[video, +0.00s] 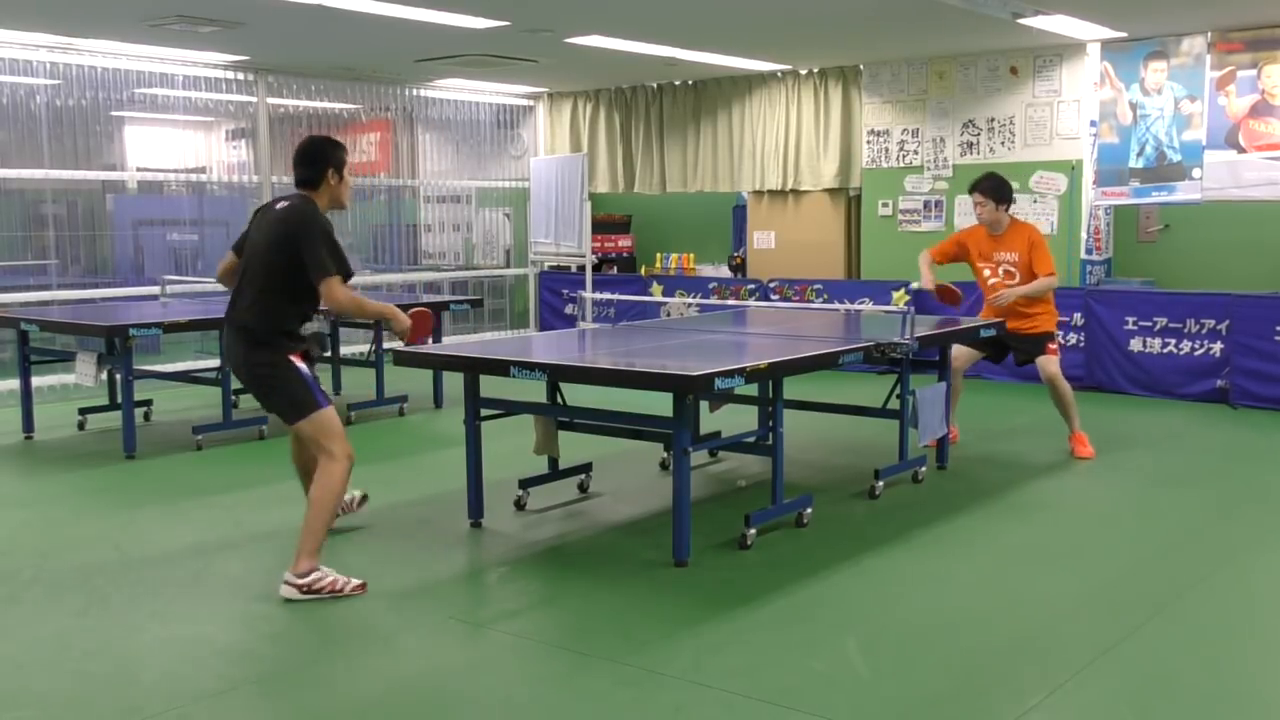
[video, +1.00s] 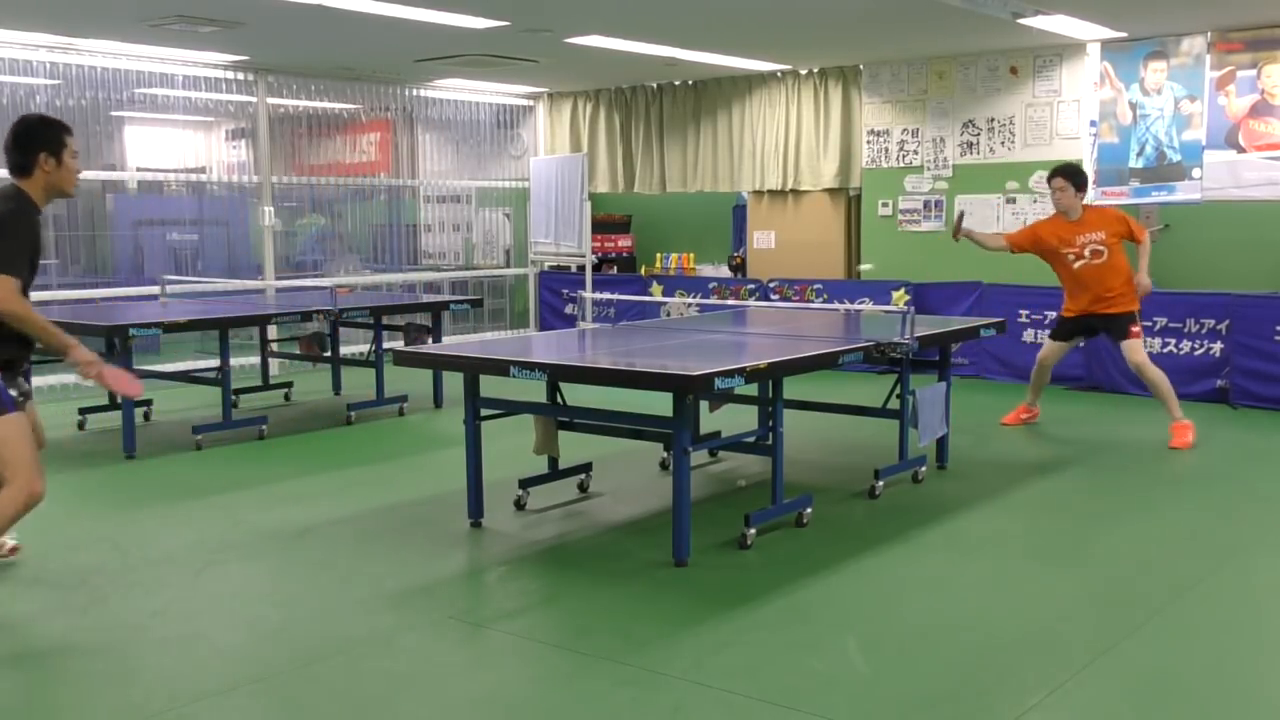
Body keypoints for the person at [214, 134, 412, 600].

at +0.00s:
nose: (350, 184)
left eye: (349, 175)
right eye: (347, 175)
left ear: (302, 176)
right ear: (331, 177)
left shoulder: (269, 212)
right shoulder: (310, 220)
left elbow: (227, 271)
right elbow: (335, 298)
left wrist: (280, 293)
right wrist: (389, 312)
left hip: (245, 342)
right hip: (269, 348)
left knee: (306, 429)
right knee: (337, 453)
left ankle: (326, 503)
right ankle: (304, 570)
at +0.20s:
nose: (312, 192)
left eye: (310, 182)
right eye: (309, 182)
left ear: (264, 181)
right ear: (293, 183)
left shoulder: (229, 217)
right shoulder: (281, 225)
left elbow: (234, 293)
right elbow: (332, 298)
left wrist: (296, 321)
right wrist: (372, 340)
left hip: (186, 347)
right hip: (216, 354)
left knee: (234, 437)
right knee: (303, 457)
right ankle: (278, 585)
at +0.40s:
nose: (257, 245)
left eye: (257, 236)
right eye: (256, 235)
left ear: (207, 229)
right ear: (243, 233)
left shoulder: (167, 260)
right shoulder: (233, 273)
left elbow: (210, 322)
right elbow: (272, 355)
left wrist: (288, 329)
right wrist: (265, 400)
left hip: (131, 392)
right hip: (182, 402)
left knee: (160, 459)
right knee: (286, 498)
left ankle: (96, 553)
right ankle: (258, 616)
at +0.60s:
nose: (198, 203)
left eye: (196, 193)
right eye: (195, 194)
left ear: (148, 197)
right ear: (177, 196)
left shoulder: (109, 232)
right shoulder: (182, 242)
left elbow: (87, 267)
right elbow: (272, 263)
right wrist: (332, 254)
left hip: (44, 367)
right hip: (84, 376)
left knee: (91, 438)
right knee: (180, 480)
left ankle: (41, 532)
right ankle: (163, 609)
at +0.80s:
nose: (129, 197)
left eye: (127, 187)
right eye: (124, 188)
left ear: (80, 194)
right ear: (101, 193)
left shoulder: (42, 237)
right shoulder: (86, 244)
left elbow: (4, 286)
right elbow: (128, 305)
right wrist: (214, 311)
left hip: (17, 374)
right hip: (39, 379)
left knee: (64, 460)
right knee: (94, 487)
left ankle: (20, 550)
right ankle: (100, 616)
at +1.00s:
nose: (78, 166)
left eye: (76, 155)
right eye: (71, 155)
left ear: (41, 163)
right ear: (44, 163)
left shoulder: (18, 209)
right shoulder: (17, 214)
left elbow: (11, 299)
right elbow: (8, 299)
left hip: (10, 368)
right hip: (1, 373)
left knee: (32, 440)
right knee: (25, 487)